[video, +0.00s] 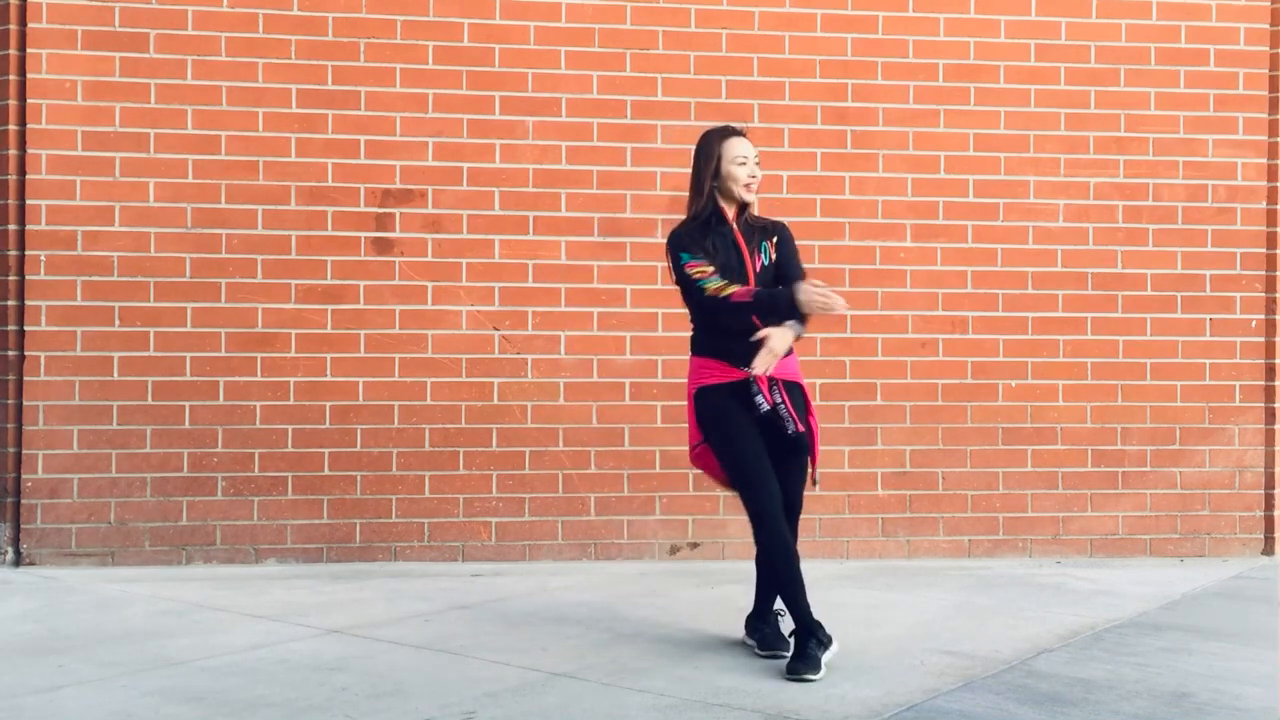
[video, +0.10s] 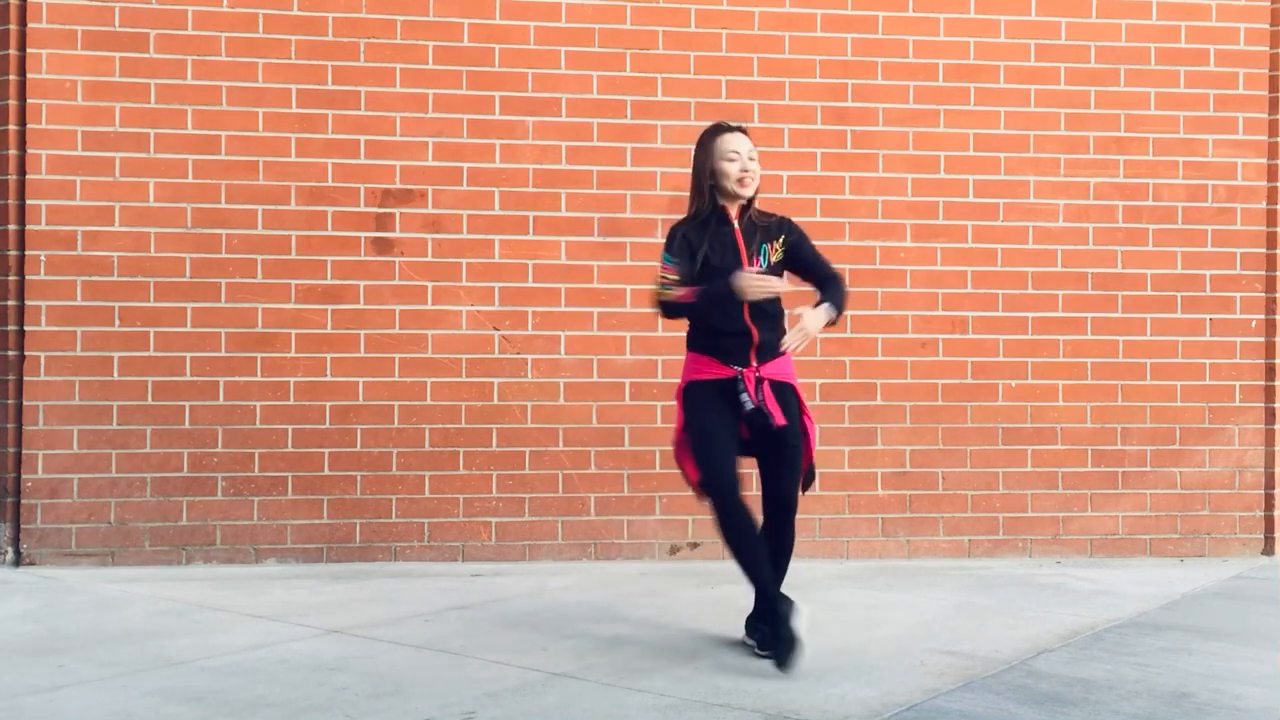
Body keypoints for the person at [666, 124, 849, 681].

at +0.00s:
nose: (754, 171)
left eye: (756, 162)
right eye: (742, 163)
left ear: (757, 170)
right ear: (712, 171)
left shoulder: (775, 233)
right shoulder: (687, 239)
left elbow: (797, 297)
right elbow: (716, 300)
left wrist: (786, 330)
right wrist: (790, 297)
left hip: (780, 381)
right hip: (721, 384)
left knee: (785, 506)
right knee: (763, 502)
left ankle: (761, 616)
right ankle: (808, 628)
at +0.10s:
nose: (746, 166)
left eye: (751, 157)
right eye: (732, 158)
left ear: (759, 166)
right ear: (707, 169)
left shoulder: (779, 230)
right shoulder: (689, 235)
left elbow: (832, 282)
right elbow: (668, 301)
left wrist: (824, 311)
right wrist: (729, 287)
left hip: (774, 380)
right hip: (710, 380)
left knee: (782, 506)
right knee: (722, 492)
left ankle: (762, 617)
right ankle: (776, 609)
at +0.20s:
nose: (729, 155)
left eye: (738, 146)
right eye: (715, 147)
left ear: (751, 156)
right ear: (698, 159)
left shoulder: (775, 219)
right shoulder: (685, 222)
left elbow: (838, 272)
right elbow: (623, 287)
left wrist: (839, 293)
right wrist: (671, 289)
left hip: (763, 375)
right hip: (700, 373)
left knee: (767, 501)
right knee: (675, 458)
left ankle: (763, 614)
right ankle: (703, 572)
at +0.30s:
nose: (718, 151)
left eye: (728, 141)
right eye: (705, 144)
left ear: (744, 151)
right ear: (689, 156)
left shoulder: (766, 217)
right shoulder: (675, 217)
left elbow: (802, 264)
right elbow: (616, 274)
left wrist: (827, 298)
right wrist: (637, 304)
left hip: (748, 371)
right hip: (683, 366)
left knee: (752, 496)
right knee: (643, 477)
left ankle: (762, 615)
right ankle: (635, 574)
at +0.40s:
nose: (708, 160)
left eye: (717, 150)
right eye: (696, 152)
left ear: (734, 160)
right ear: (679, 164)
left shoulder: (751, 232)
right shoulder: (662, 225)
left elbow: (768, 295)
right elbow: (627, 283)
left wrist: (799, 337)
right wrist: (613, 317)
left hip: (728, 379)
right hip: (661, 376)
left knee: (740, 500)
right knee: (626, 495)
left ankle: (761, 615)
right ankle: (596, 602)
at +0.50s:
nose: (694, 163)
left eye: (704, 154)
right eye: (682, 155)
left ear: (719, 164)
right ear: (665, 166)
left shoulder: (732, 240)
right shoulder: (642, 226)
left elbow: (740, 306)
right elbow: (605, 285)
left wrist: (770, 342)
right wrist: (595, 306)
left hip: (697, 381)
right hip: (630, 375)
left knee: (726, 498)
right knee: (611, 498)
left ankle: (758, 610)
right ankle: (598, 609)